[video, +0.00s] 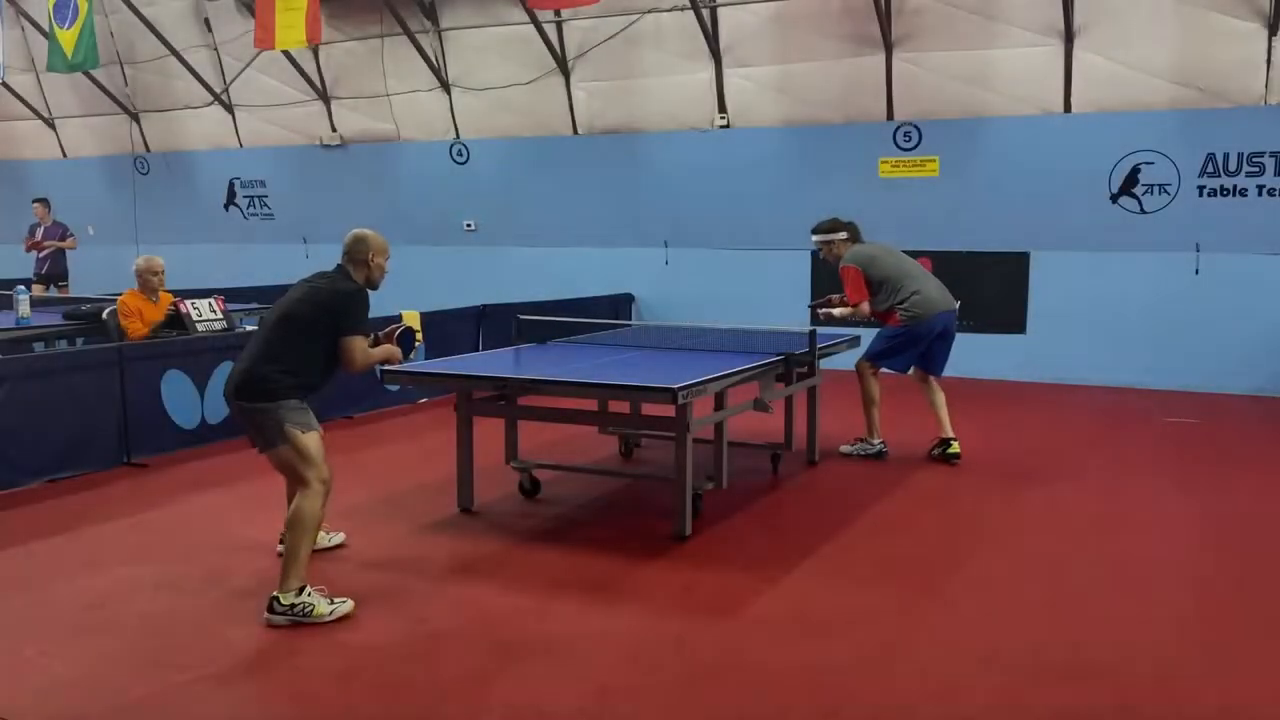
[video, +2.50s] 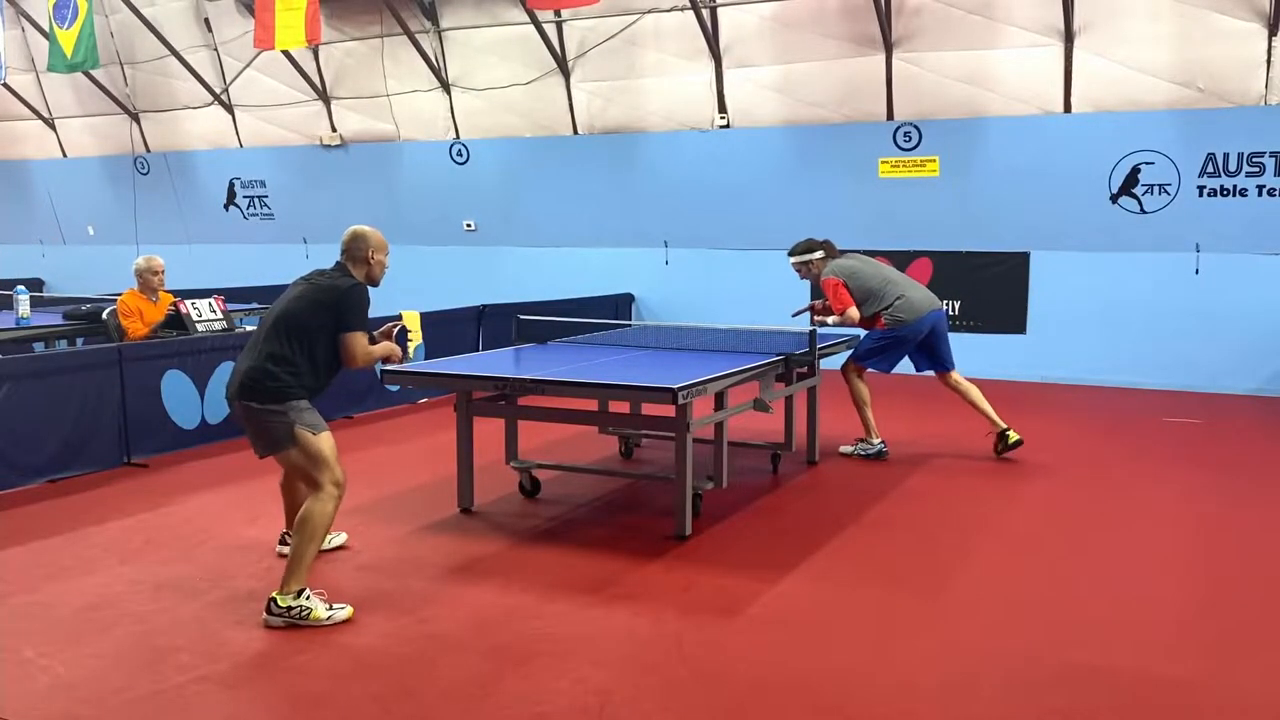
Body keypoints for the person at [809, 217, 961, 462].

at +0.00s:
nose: (821, 256)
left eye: (822, 249)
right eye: (819, 250)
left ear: (838, 243)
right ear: (846, 241)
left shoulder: (850, 262)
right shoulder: (876, 250)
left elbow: (863, 310)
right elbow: (886, 295)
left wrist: (837, 312)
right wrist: (847, 299)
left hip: (916, 313)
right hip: (947, 309)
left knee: (866, 367)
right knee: (924, 375)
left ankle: (873, 441)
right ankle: (949, 439)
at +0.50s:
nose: (804, 277)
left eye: (803, 270)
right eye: (800, 272)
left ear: (817, 261)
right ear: (825, 256)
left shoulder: (832, 275)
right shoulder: (857, 261)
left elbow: (853, 317)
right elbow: (872, 311)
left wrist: (831, 318)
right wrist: (832, 310)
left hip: (906, 316)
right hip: (936, 311)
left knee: (854, 369)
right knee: (940, 381)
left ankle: (873, 440)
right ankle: (991, 439)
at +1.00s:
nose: (803, 279)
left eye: (803, 272)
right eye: (800, 274)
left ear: (816, 264)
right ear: (824, 258)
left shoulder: (832, 277)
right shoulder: (855, 262)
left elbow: (853, 319)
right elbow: (871, 311)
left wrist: (832, 319)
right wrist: (832, 310)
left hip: (907, 317)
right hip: (936, 311)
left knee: (854, 369)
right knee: (941, 383)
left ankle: (872, 440)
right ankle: (993, 441)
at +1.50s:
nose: (804, 279)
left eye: (803, 273)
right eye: (800, 274)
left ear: (816, 264)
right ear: (824, 259)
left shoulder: (832, 277)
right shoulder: (855, 262)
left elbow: (853, 318)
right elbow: (873, 311)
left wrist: (833, 319)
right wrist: (833, 311)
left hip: (907, 318)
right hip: (936, 311)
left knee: (854, 369)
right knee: (941, 383)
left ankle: (873, 440)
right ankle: (993, 441)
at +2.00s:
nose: (803, 278)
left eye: (803, 272)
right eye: (800, 274)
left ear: (816, 264)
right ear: (824, 258)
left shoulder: (832, 277)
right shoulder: (855, 262)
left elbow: (854, 318)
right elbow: (874, 312)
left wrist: (834, 320)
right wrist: (833, 310)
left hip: (907, 317)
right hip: (936, 311)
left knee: (854, 369)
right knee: (941, 383)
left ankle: (873, 440)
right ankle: (993, 441)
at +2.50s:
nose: (800, 276)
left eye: (800, 269)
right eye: (797, 270)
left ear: (815, 263)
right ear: (823, 257)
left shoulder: (830, 275)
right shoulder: (853, 260)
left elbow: (852, 316)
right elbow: (869, 305)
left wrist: (829, 318)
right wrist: (831, 306)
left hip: (902, 318)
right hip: (933, 309)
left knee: (852, 371)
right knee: (950, 377)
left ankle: (873, 441)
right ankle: (1003, 430)